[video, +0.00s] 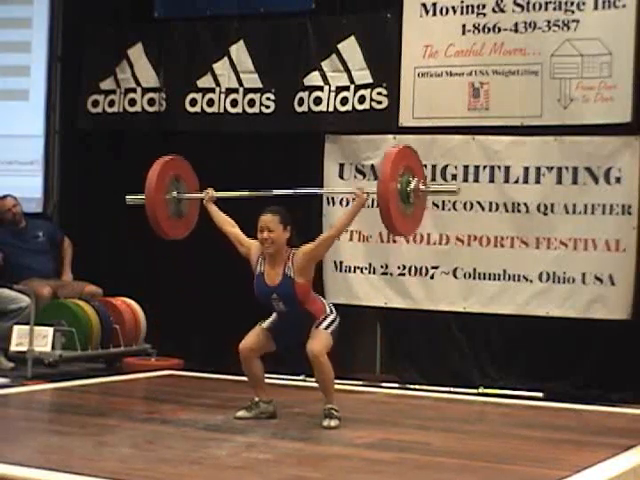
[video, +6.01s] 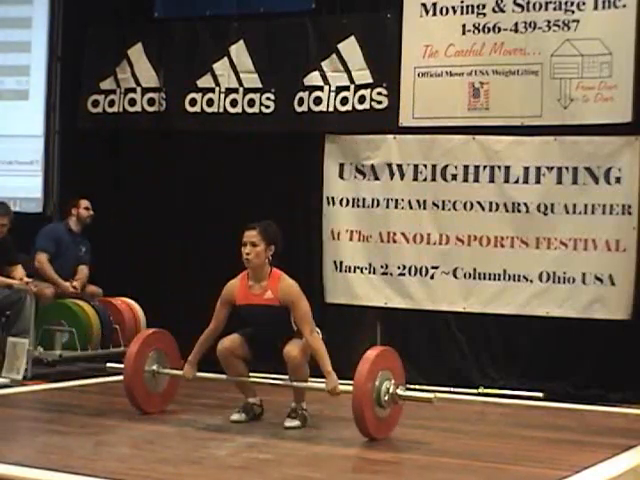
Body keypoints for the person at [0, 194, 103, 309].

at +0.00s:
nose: (14, 211)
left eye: (15, 206)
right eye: (8, 211)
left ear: (20, 205)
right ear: (2, 217)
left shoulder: (41, 226)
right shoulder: (4, 235)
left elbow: (66, 242)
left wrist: (67, 274)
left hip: (53, 279)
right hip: (24, 281)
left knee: (95, 292)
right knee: (45, 293)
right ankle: (34, 337)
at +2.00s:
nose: (15, 211)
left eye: (16, 205)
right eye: (9, 209)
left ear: (22, 206)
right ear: (3, 215)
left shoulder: (41, 226)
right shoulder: (4, 235)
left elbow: (66, 242)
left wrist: (67, 273)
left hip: (54, 279)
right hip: (26, 280)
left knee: (94, 292)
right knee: (45, 293)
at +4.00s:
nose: (101, 232)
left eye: (106, 228)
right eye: (98, 226)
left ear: (109, 230)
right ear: (89, 224)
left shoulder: (107, 247)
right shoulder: (69, 241)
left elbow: (101, 276)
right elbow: (53, 277)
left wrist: (94, 295)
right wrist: (85, 296)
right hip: (41, 267)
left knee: (102, 298)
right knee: (56, 296)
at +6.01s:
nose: (91, 213)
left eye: (91, 209)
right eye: (86, 209)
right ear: (74, 211)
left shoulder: (83, 242)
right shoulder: (52, 231)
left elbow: (83, 268)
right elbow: (40, 262)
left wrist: (78, 283)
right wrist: (61, 284)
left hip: (69, 282)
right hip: (44, 280)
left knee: (95, 292)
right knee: (48, 292)